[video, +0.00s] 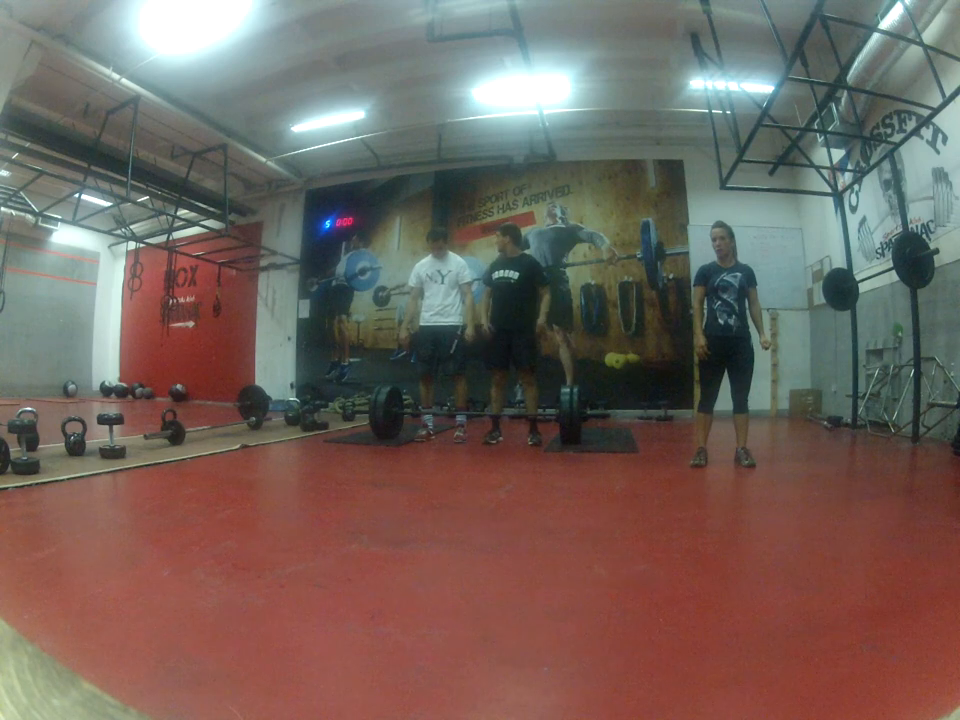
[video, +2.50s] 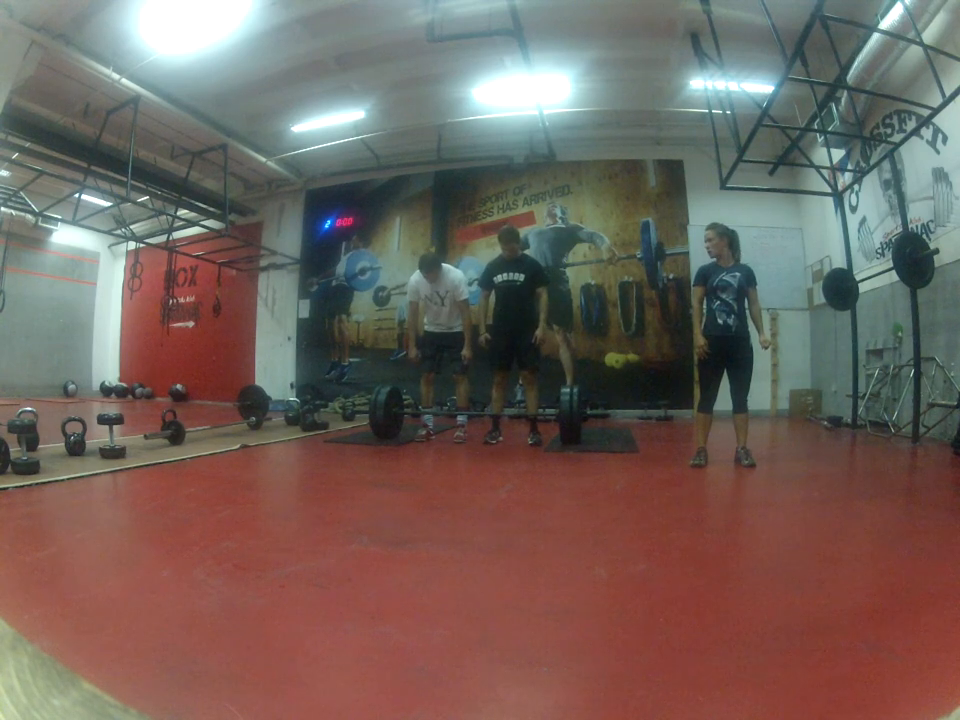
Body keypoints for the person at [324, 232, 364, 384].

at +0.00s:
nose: (352, 243)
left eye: (354, 241)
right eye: (352, 240)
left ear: (360, 242)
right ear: (353, 242)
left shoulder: (360, 256)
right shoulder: (348, 256)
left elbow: (362, 275)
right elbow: (337, 273)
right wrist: (319, 280)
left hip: (346, 289)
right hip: (336, 288)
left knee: (342, 324)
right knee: (334, 325)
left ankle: (345, 362)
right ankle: (335, 360)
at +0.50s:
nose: (352, 243)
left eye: (355, 240)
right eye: (352, 240)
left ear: (360, 242)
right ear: (352, 242)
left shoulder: (359, 256)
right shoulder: (347, 256)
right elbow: (336, 273)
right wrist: (319, 280)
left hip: (346, 288)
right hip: (335, 288)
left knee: (342, 324)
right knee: (334, 325)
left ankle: (345, 362)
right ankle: (335, 361)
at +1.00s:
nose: (352, 243)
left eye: (355, 241)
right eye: (352, 240)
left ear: (361, 243)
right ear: (353, 242)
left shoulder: (360, 257)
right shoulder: (347, 256)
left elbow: (363, 275)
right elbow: (336, 273)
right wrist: (319, 280)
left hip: (346, 288)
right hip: (335, 288)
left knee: (342, 323)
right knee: (334, 325)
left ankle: (345, 362)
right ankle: (335, 361)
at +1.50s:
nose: (352, 243)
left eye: (355, 241)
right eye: (353, 240)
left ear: (361, 243)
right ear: (353, 242)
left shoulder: (359, 257)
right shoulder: (347, 256)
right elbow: (337, 273)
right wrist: (319, 279)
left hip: (345, 288)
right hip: (335, 288)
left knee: (342, 323)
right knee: (334, 325)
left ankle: (345, 362)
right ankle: (335, 360)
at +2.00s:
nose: (353, 243)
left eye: (355, 241)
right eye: (353, 241)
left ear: (361, 243)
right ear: (354, 242)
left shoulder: (360, 256)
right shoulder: (348, 256)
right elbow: (336, 271)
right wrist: (319, 278)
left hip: (346, 288)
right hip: (336, 288)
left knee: (342, 324)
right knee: (334, 325)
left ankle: (345, 362)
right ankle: (335, 361)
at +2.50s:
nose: (353, 243)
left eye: (356, 241)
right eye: (353, 240)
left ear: (360, 242)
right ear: (353, 242)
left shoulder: (360, 256)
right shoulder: (348, 256)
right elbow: (336, 272)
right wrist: (319, 279)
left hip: (345, 288)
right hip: (335, 288)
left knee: (342, 325)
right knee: (333, 326)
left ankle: (345, 362)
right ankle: (335, 361)